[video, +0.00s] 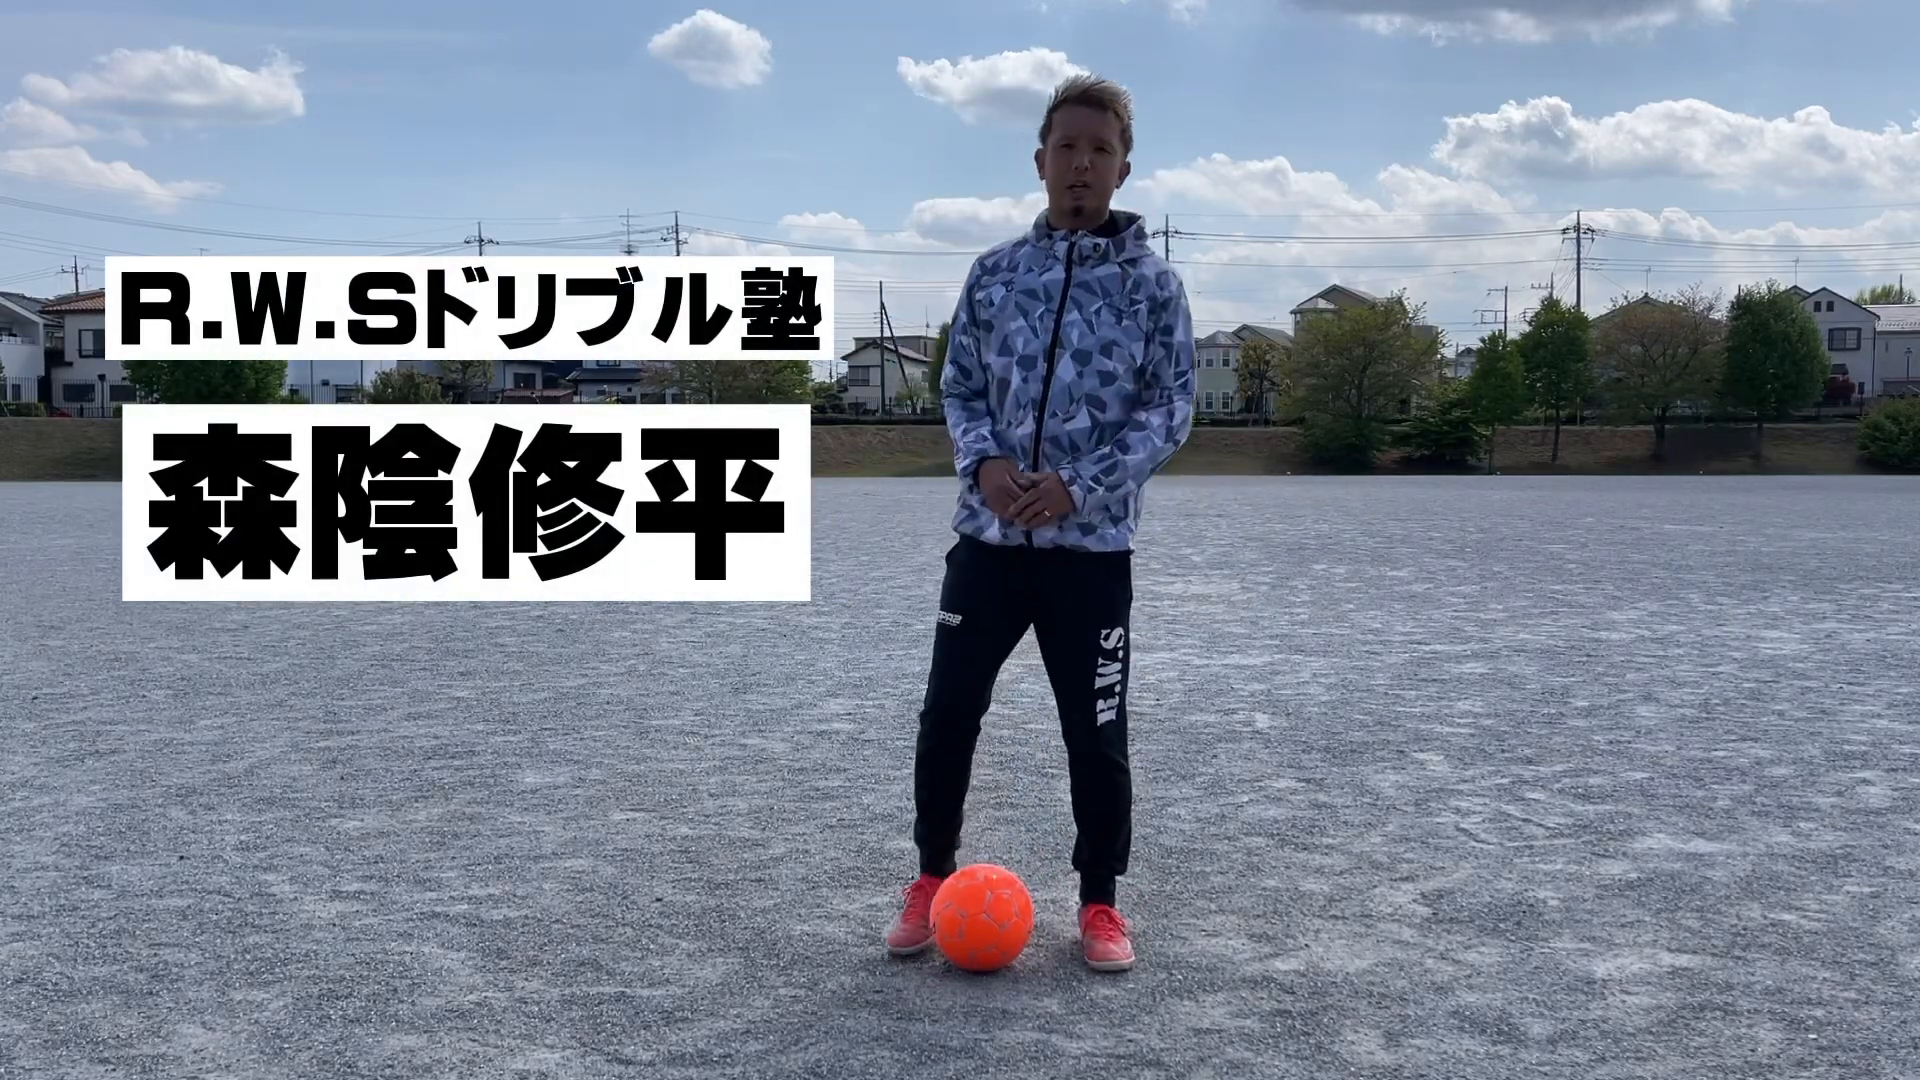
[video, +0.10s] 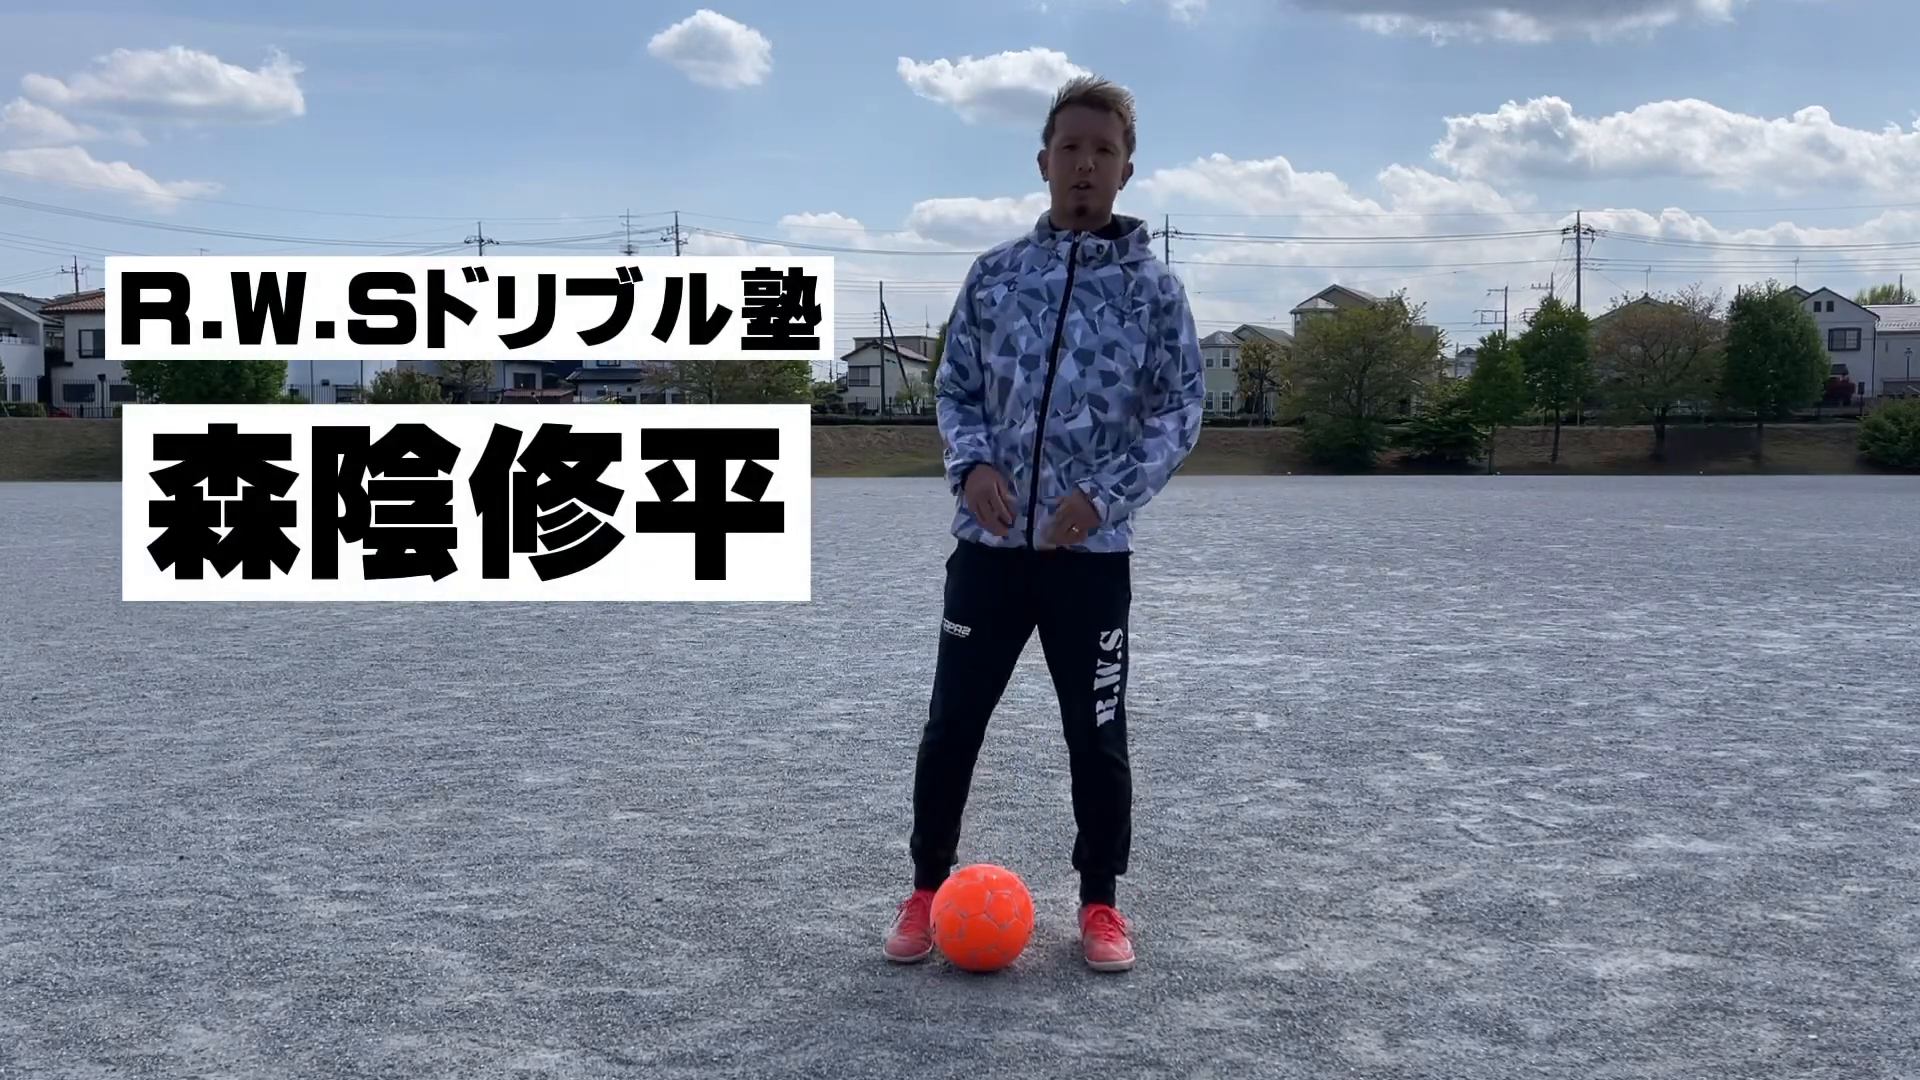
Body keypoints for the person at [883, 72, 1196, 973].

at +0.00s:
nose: (1081, 163)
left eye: (1099, 150)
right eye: (1067, 146)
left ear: (1123, 166)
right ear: (1041, 157)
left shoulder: (1149, 278)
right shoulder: (995, 270)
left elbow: (1168, 408)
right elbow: (959, 386)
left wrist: (1081, 486)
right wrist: (985, 458)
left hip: (1089, 548)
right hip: (989, 541)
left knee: (1097, 732)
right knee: (946, 715)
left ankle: (1100, 905)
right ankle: (932, 880)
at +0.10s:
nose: (1085, 164)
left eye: (1103, 150)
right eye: (1071, 147)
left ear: (1127, 167)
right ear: (1045, 158)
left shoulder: (1151, 283)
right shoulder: (996, 272)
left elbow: (1178, 413)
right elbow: (956, 388)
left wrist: (1105, 497)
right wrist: (971, 463)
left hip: (1089, 551)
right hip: (991, 547)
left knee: (1097, 736)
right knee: (950, 728)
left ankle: (1100, 905)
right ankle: (926, 892)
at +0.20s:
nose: (1084, 163)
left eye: (1101, 150)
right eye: (1070, 146)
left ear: (1123, 168)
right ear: (1042, 158)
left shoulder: (1145, 289)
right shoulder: (987, 274)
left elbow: (1184, 409)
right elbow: (944, 391)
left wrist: (1132, 500)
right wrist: (960, 460)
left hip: (1087, 555)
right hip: (988, 549)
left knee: (1096, 737)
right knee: (957, 732)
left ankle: (1100, 905)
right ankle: (936, 898)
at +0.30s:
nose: (1076, 160)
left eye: (1093, 147)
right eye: (1061, 143)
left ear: (1114, 167)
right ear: (1030, 157)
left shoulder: (1134, 288)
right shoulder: (977, 274)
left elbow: (1182, 401)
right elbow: (932, 390)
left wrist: (1148, 488)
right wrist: (956, 460)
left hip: (1083, 554)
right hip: (980, 549)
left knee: (1093, 737)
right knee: (953, 734)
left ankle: (1101, 906)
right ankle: (936, 899)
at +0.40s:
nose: (1060, 157)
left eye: (1077, 144)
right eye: (1044, 141)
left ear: (1097, 165)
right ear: (1014, 157)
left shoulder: (1125, 287)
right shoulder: (965, 276)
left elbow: (1170, 402)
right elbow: (920, 394)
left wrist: (1147, 467)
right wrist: (960, 454)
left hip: (1075, 551)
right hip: (971, 547)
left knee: (1088, 738)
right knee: (948, 734)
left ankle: (1099, 906)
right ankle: (933, 898)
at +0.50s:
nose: (1041, 156)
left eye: (1058, 142)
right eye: (1024, 141)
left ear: (1078, 161)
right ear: (996, 158)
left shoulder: (1114, 284)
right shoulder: (953, 277)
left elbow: (1157, 397)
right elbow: (916, 399)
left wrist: (1124, 453)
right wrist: (965, 446)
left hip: (1066, 548)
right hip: (963, 547)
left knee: (1082, 734)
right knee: (943, 733)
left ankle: (1100, 906)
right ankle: (931, 897)